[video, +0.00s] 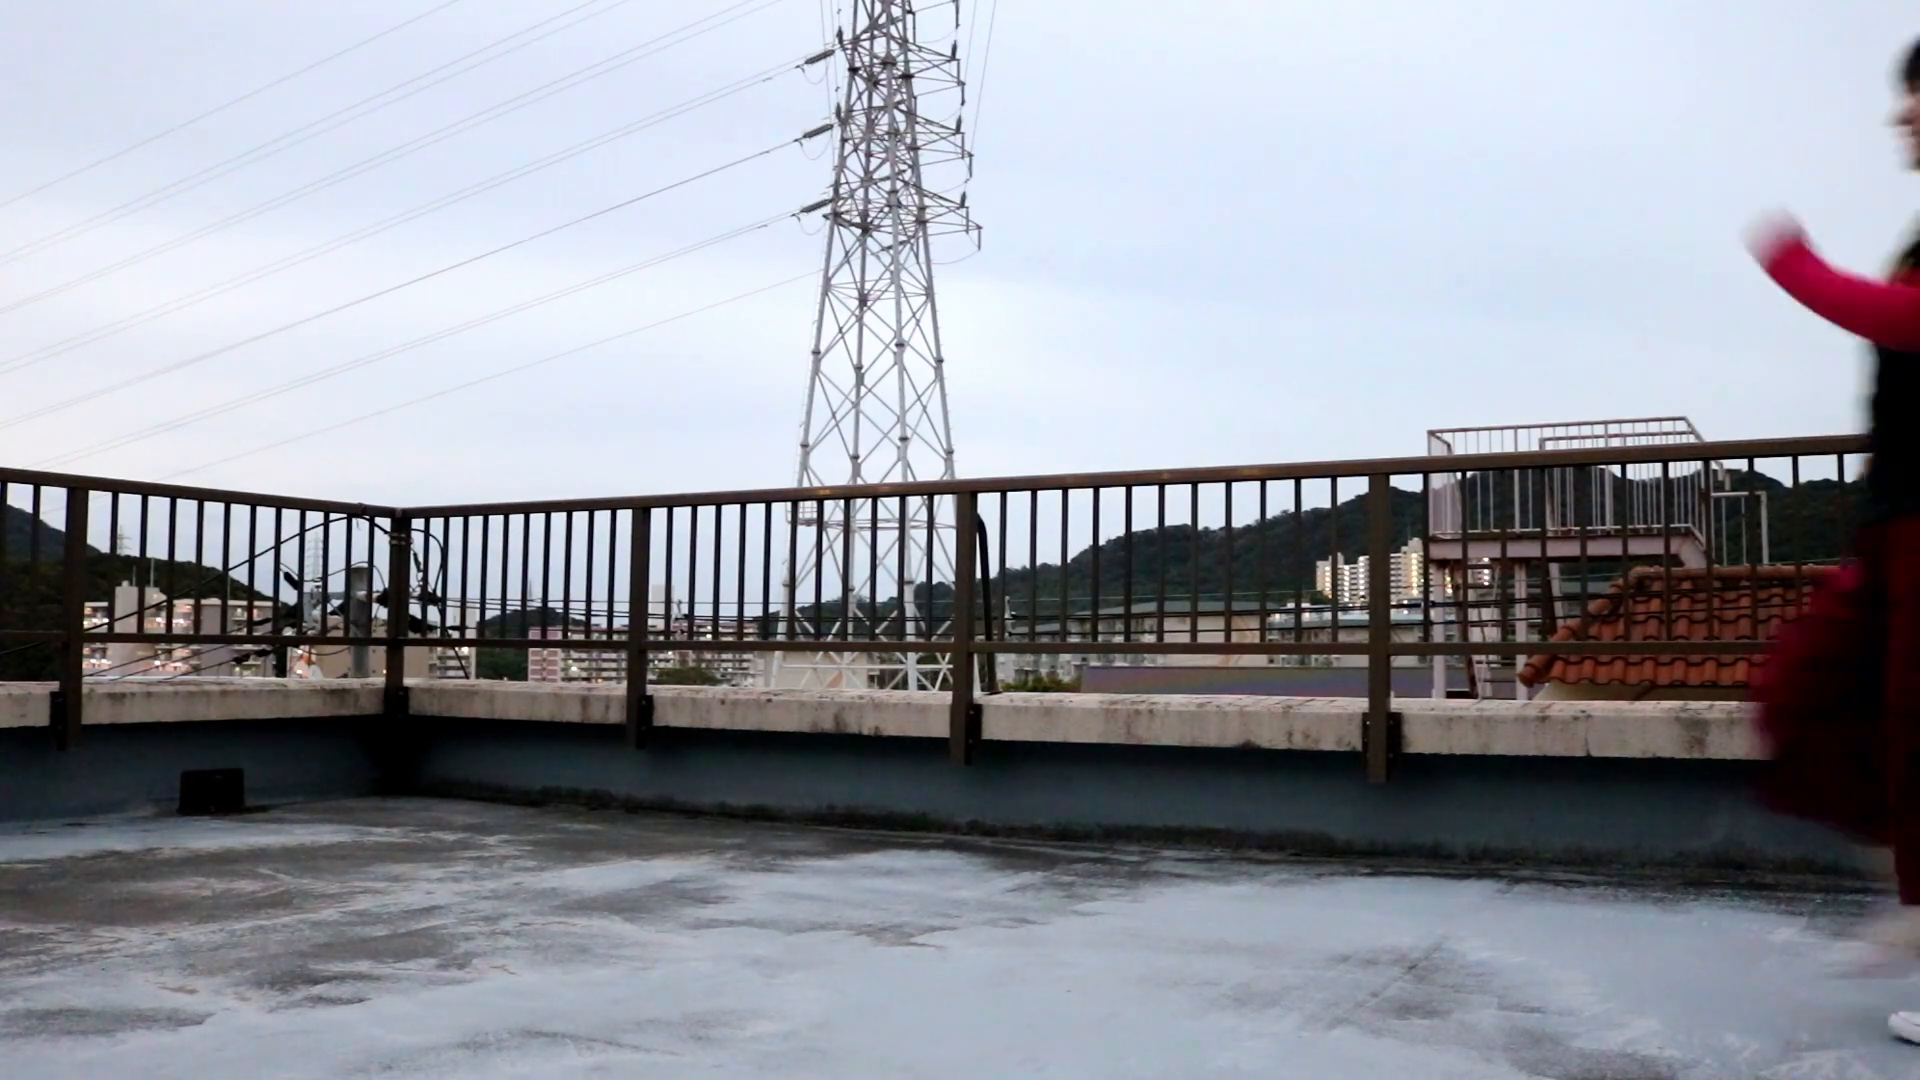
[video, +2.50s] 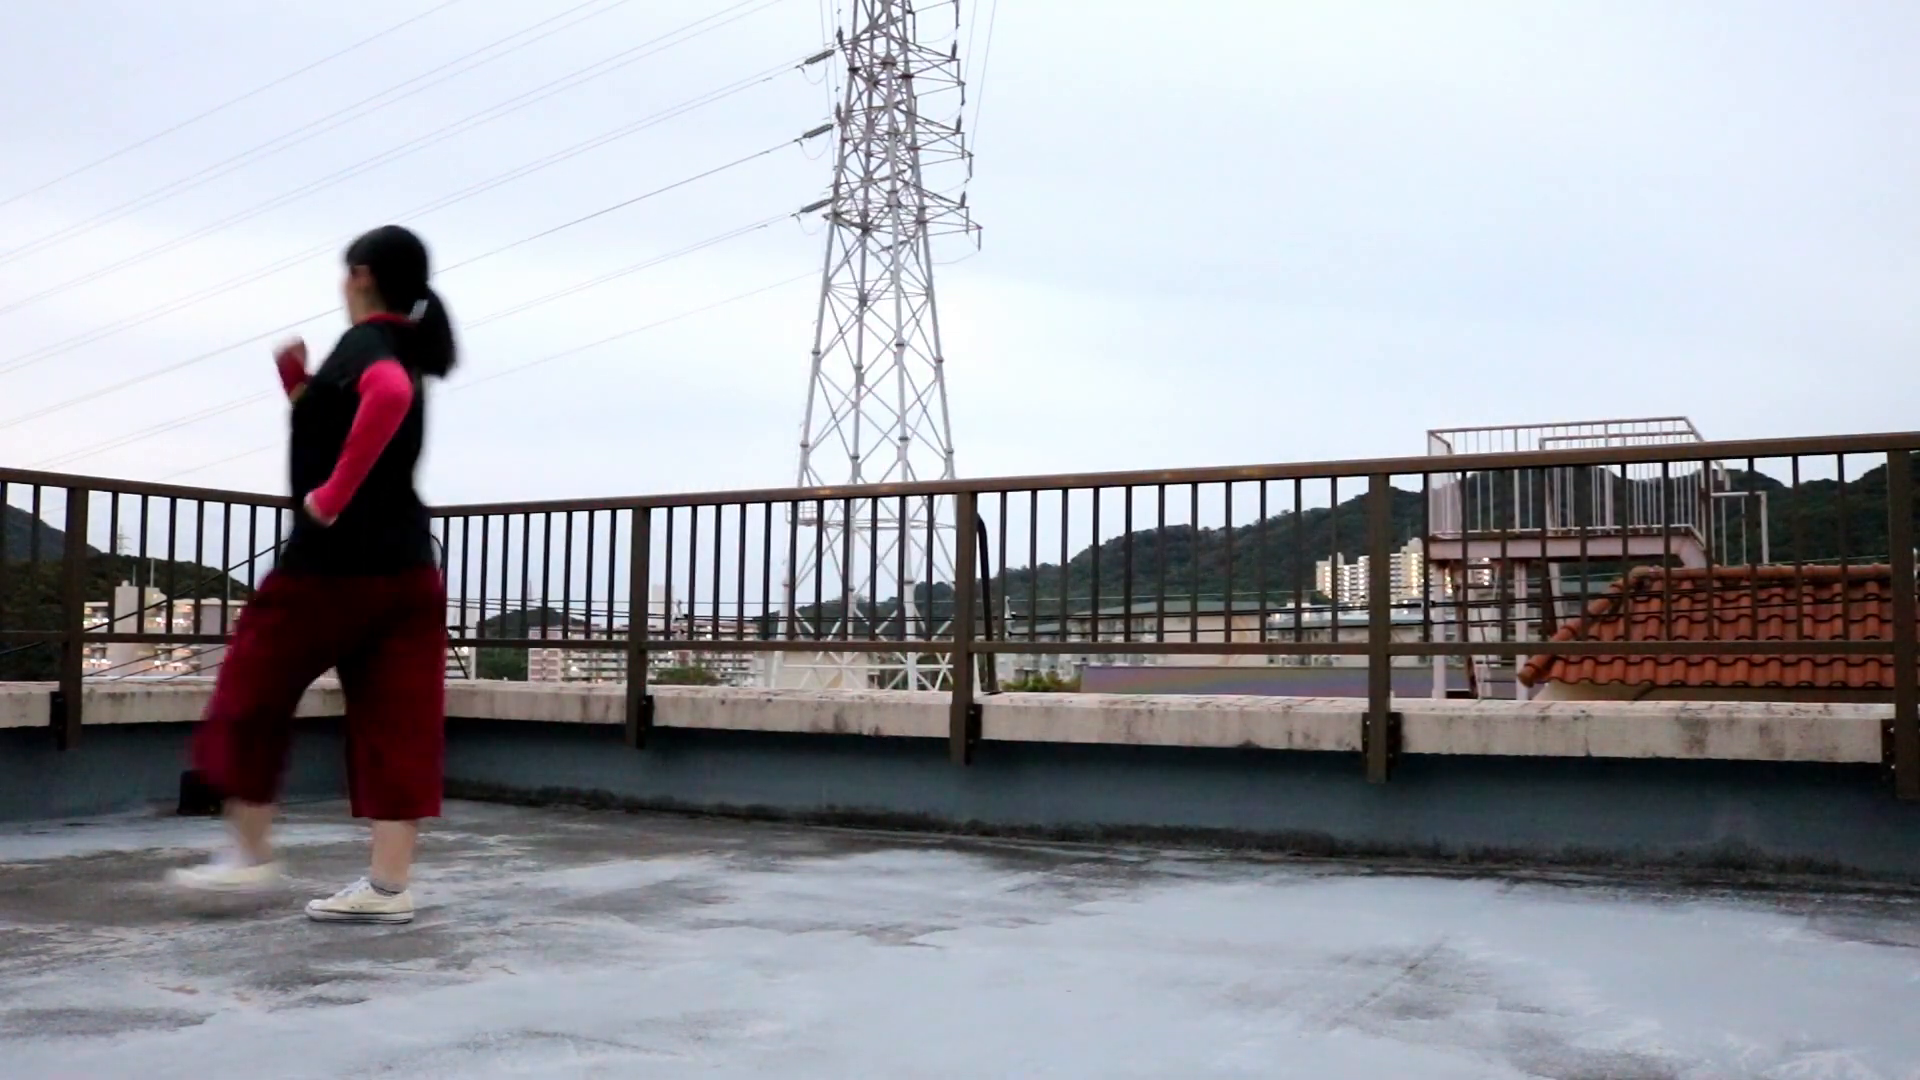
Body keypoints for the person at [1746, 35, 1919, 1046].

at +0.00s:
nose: (1903, 125)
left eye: (1913, 109)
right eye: (1904, 108)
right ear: (1910, 120)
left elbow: (1902, 319)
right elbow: (1897, 326)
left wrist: (1798, 264)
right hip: (1899, 525)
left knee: (1905, 720)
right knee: (1804, 687)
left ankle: (1916, 918)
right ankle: (1910, 893)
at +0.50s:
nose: (1488, 180)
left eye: (1499, 163)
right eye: (1491, 164)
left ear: (1544, 166)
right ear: (1544, 170)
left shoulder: (1571, 254)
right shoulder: (1538, 273)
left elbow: (1642, 333)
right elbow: (1472, 396)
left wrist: (1542, 435)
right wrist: (1415, 323)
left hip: (1539, 546)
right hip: (1575, 546)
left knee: (1400, 687)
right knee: (1566, 734)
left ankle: (1507, 864)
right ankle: (1595, 955)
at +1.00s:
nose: (1148, 220)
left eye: (1156, 205)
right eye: (1152, 205)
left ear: (1187, 210)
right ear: (1215, 216)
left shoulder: (1157, 301)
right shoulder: (1238, 312)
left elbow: (1053, 359)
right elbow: (1308, 414)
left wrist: (1024, 308)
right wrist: (1257, 502)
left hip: (1182, 553)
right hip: (1231, 548)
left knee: (1210, 725)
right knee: (1076, 680)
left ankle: (1249, 926)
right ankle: (1143, 833)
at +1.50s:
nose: (848, 248)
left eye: (856, 235)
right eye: (851, 235)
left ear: (885, 239)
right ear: (906, 244)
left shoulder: (903, 315)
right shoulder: (887, 324)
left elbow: (950, 393)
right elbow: (833, 414)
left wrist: (876, 466)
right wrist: (794, 343)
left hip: (869, 567)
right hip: (913, 565)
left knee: (743, 684)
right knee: (908, 730)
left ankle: (806, 854)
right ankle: (931, 911)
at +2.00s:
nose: (574, 261)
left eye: (580, 250)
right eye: (578, 249)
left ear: (597, 258)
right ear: (641, 264)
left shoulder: (572, 333)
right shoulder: (654, 348)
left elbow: (471, 394)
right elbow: (706, 449)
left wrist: (469, 342)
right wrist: (647, 506)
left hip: (571, 559)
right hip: (621, 561)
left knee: (591, 720)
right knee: (497, 674)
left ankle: (620, 906)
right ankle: (508, 844)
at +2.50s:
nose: (343, 283)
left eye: (348, 272)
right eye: (347, 272)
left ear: (365, 280)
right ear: (404, 288)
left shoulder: (364, 341)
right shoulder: (398, 350)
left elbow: (393, 392)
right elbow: (338, 438)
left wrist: (335, 493)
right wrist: (299, 381)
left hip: (337, 564)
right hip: (403, 563)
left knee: (250, 689)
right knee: (396, 718)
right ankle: (390, 884)